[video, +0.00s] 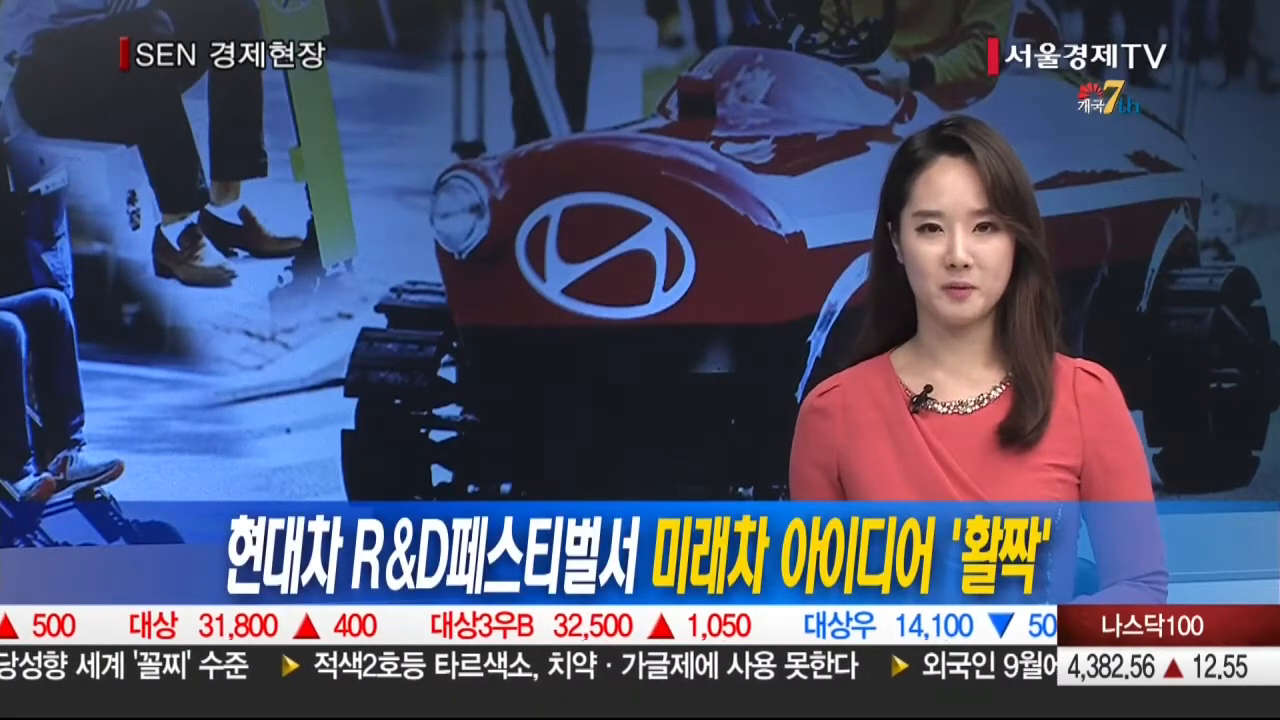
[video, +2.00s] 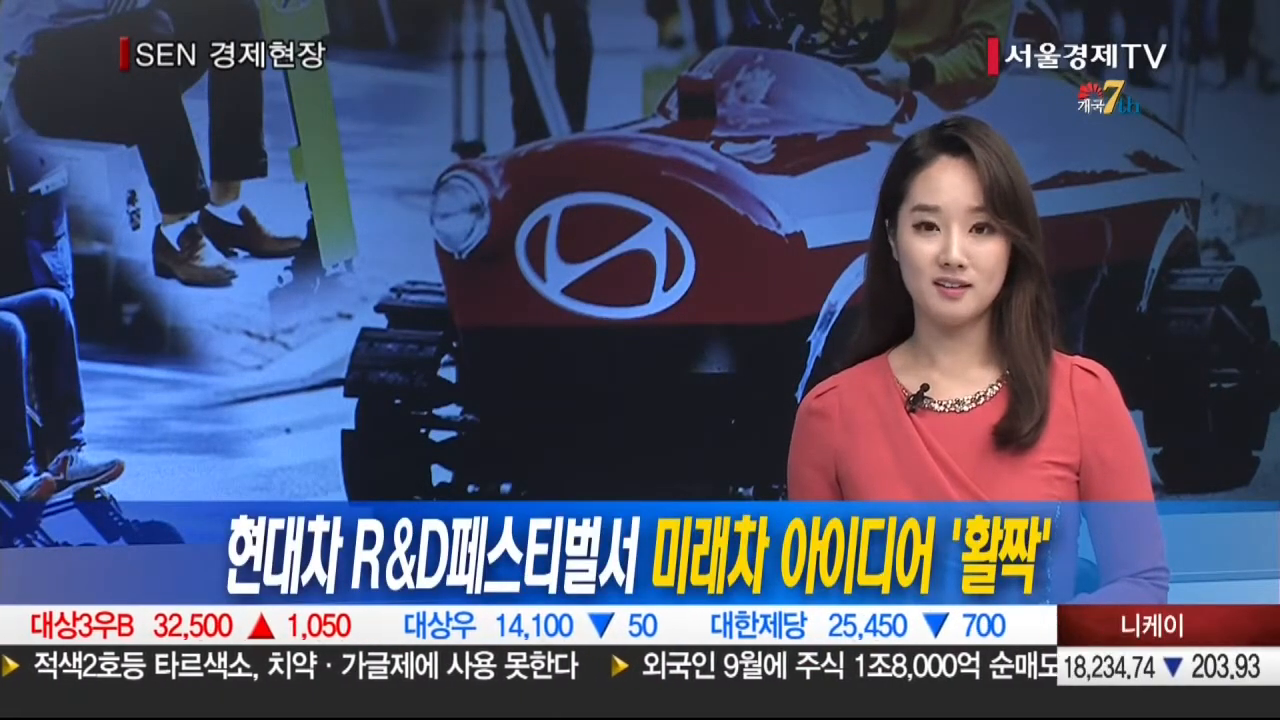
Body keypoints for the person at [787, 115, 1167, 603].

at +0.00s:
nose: (959, 256)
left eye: (985, 227)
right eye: (930, 228)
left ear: (1019, 243)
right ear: (897, 244)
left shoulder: (1086, 398)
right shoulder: (832, 414)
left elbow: (1139, 585)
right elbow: (814, 605)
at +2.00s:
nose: (953, 256)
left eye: (981, 229)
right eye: (927, 226)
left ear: (1015, 246)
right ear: (893, 241)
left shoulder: (1084, 396)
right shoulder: (830, 414)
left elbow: (1143, 581)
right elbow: (809, 603)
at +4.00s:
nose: (953, 260)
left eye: (980, 231)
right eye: (925, 231)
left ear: (1015, 245)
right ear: (893, 245)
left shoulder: (1084, 397)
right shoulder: (830, 415)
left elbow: (1143, 582)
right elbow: (811, 604)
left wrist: (1035, 644)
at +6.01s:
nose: (950, 262)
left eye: (977, 233)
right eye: (922, 233)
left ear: (1012, 246)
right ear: (889, 245)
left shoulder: (1083, 397)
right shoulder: (829, 417)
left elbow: (1143, 582)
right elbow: (811, 605)